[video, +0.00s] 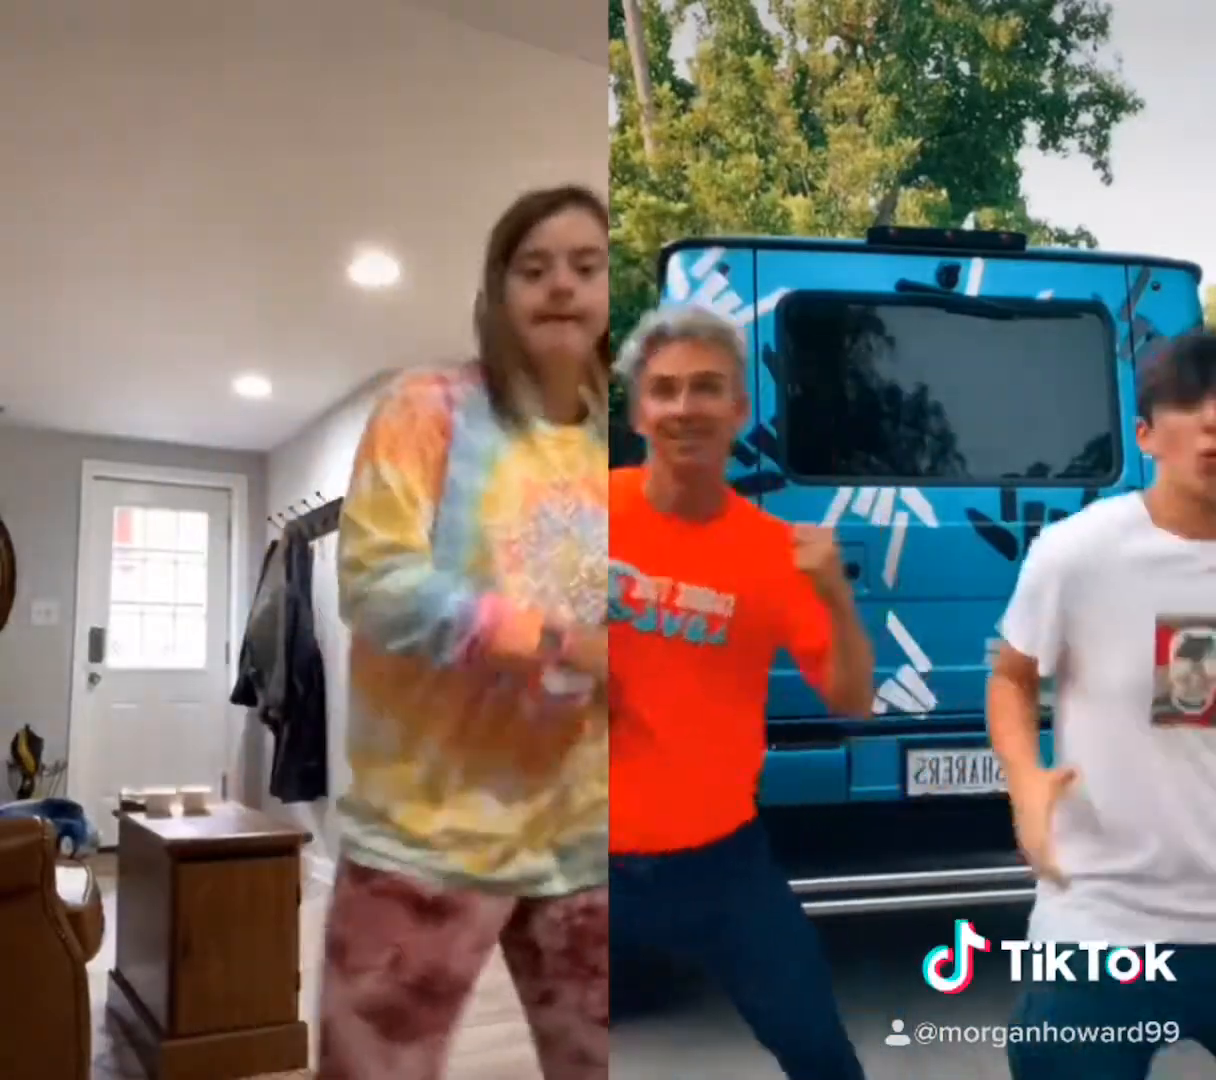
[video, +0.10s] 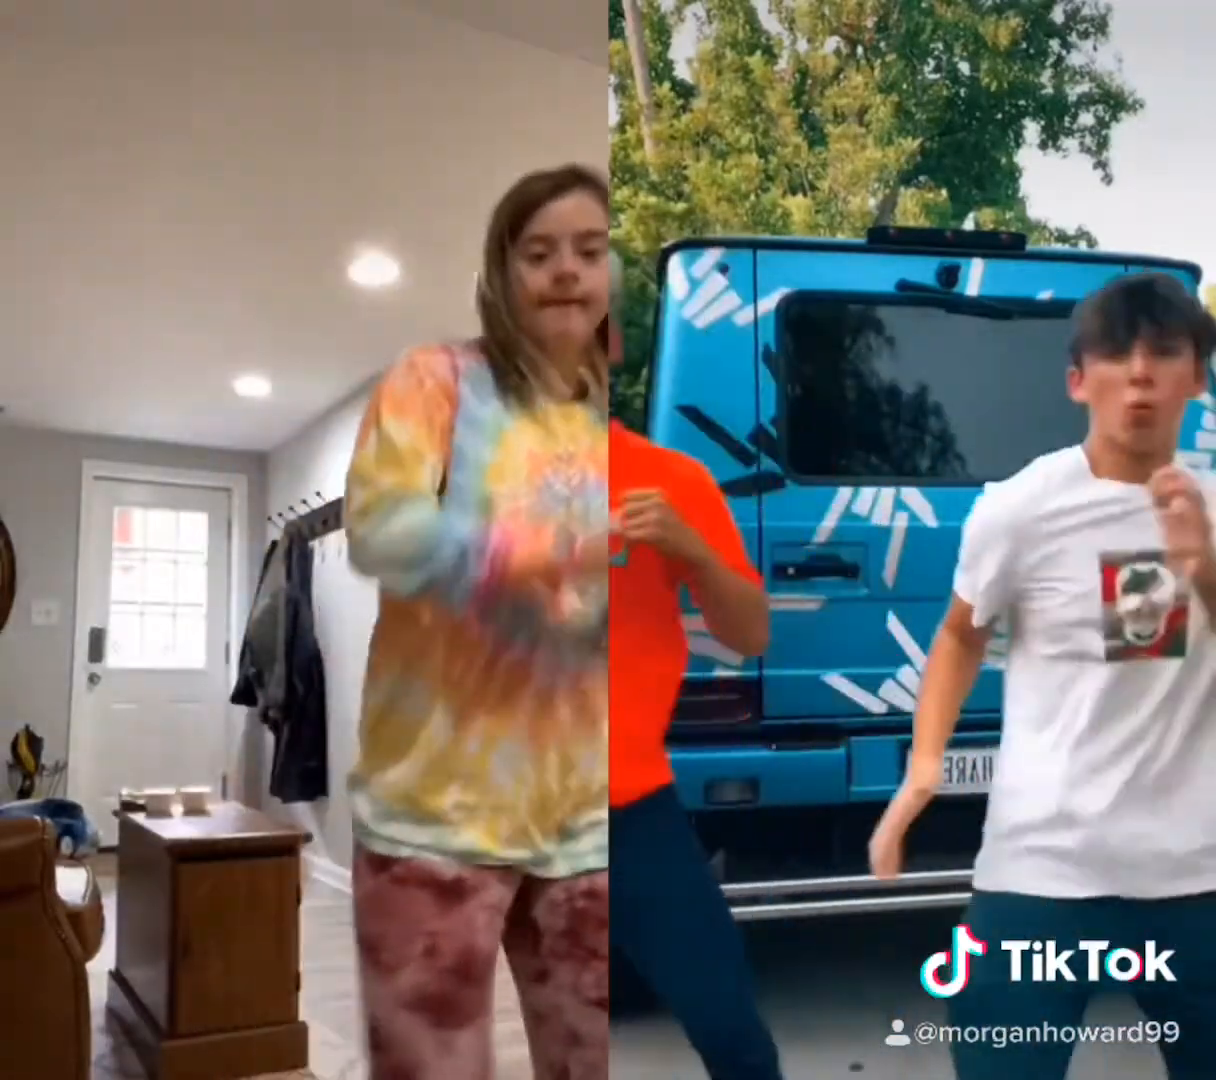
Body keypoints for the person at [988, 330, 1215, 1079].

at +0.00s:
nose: (1212, 424)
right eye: (1191, 407)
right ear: (1146, 433)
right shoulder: (1076, 552)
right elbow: (1011, 678)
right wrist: (1024, 780)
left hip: (1212, 918)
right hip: (1103, 919)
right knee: (1054, 1060)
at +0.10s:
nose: (1141, 374)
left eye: (1164, 355)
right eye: (1117, 355)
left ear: (1198, 379)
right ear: (1078, 381)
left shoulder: (1211, 507)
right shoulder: (1015, 511)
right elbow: (961, 635)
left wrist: (1203, 571)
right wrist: (925, 765)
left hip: (1192, 872)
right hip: (1039, 873)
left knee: (1205, 1060)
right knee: (1000, 1066)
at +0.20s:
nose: (1070, 381)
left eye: (1094, 359)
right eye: (1047, 359)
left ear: (1127, 385)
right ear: (1006, 384)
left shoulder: (1191, 531)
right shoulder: (948, 527)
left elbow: (1214, 711)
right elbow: (915, 684)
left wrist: (1161, 740)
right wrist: (919, 742)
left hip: (1164, 868)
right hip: (1005, 858)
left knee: (1160, 1066)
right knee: (981, 1063)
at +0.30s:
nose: (1006, 453)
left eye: (1029, 430)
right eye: (982, 430)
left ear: (1066, 459)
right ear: (947, 462)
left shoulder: (1132, 610)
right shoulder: (902, 600)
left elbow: (1205, 770)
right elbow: (857, 790)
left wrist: (1115, 888)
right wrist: (945, 676)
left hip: (1106, 909)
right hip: (957, 901)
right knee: (937, 1049)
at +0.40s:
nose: (971, 488)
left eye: (994, 465)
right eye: (948, 467)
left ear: (1029, 488)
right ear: (912, 494)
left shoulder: (1096, 633)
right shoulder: (862, 623)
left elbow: (1159, 826)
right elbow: (827, 805)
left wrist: (1016, 867)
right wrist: (929, 658)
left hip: (1064, 951)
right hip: (910, 946)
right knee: (870, 1052)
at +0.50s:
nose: (949, 464)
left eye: (973, 440)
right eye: (925, 443)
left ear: (1010, 460)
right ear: (890, 468)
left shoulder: (1071, 603)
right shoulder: (839, 584)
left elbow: (1099, 809)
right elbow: (813, 762)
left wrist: (933, 803)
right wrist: (922, 608)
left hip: (1035, 912)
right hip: (884, 910)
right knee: (859, 1047)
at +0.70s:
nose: (897, 437)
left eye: (924, 415)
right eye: (885, 414)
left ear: (983, 432)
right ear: (868, 425)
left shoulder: (1038, 566)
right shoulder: (826, 548)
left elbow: (1066, 760)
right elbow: (801, 738)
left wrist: (913, 790)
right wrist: (917, 675)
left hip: (999, 887)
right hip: (857, 883)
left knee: (980, 1068)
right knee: (860, 1065)